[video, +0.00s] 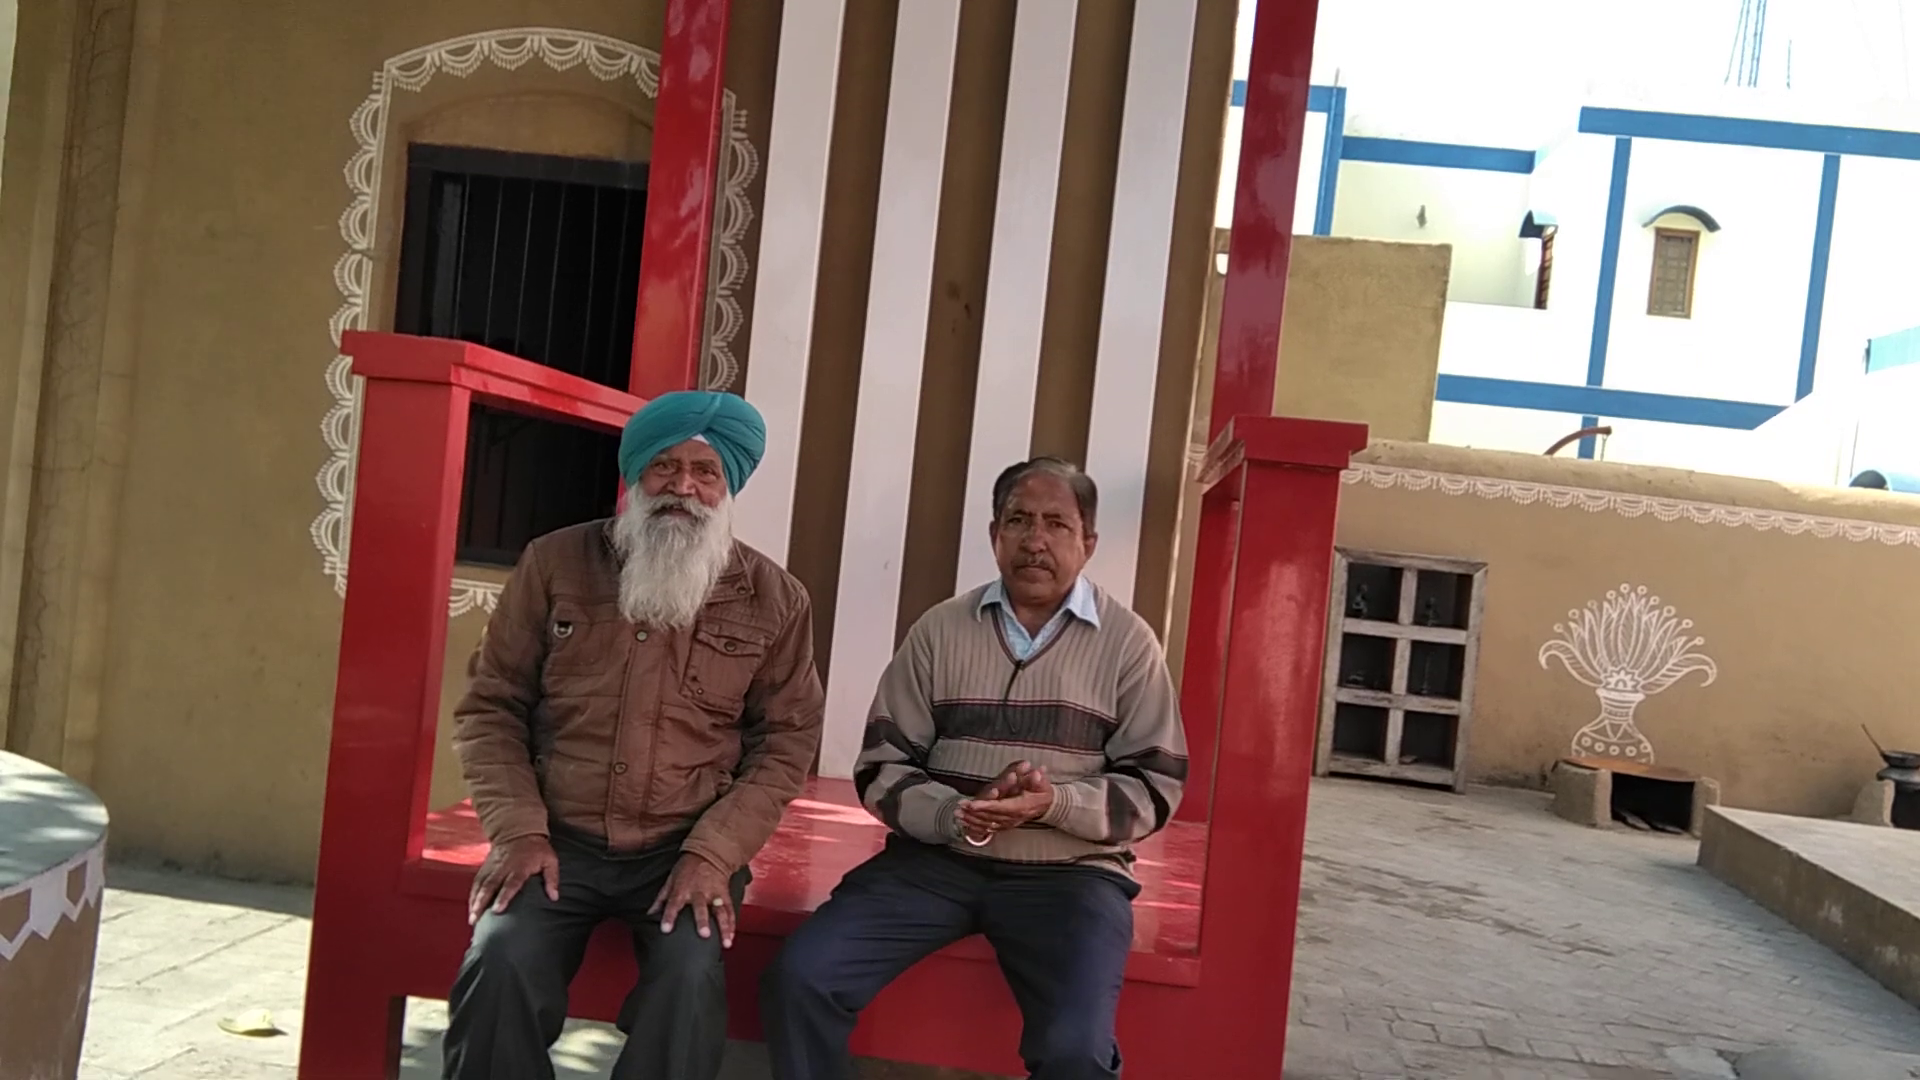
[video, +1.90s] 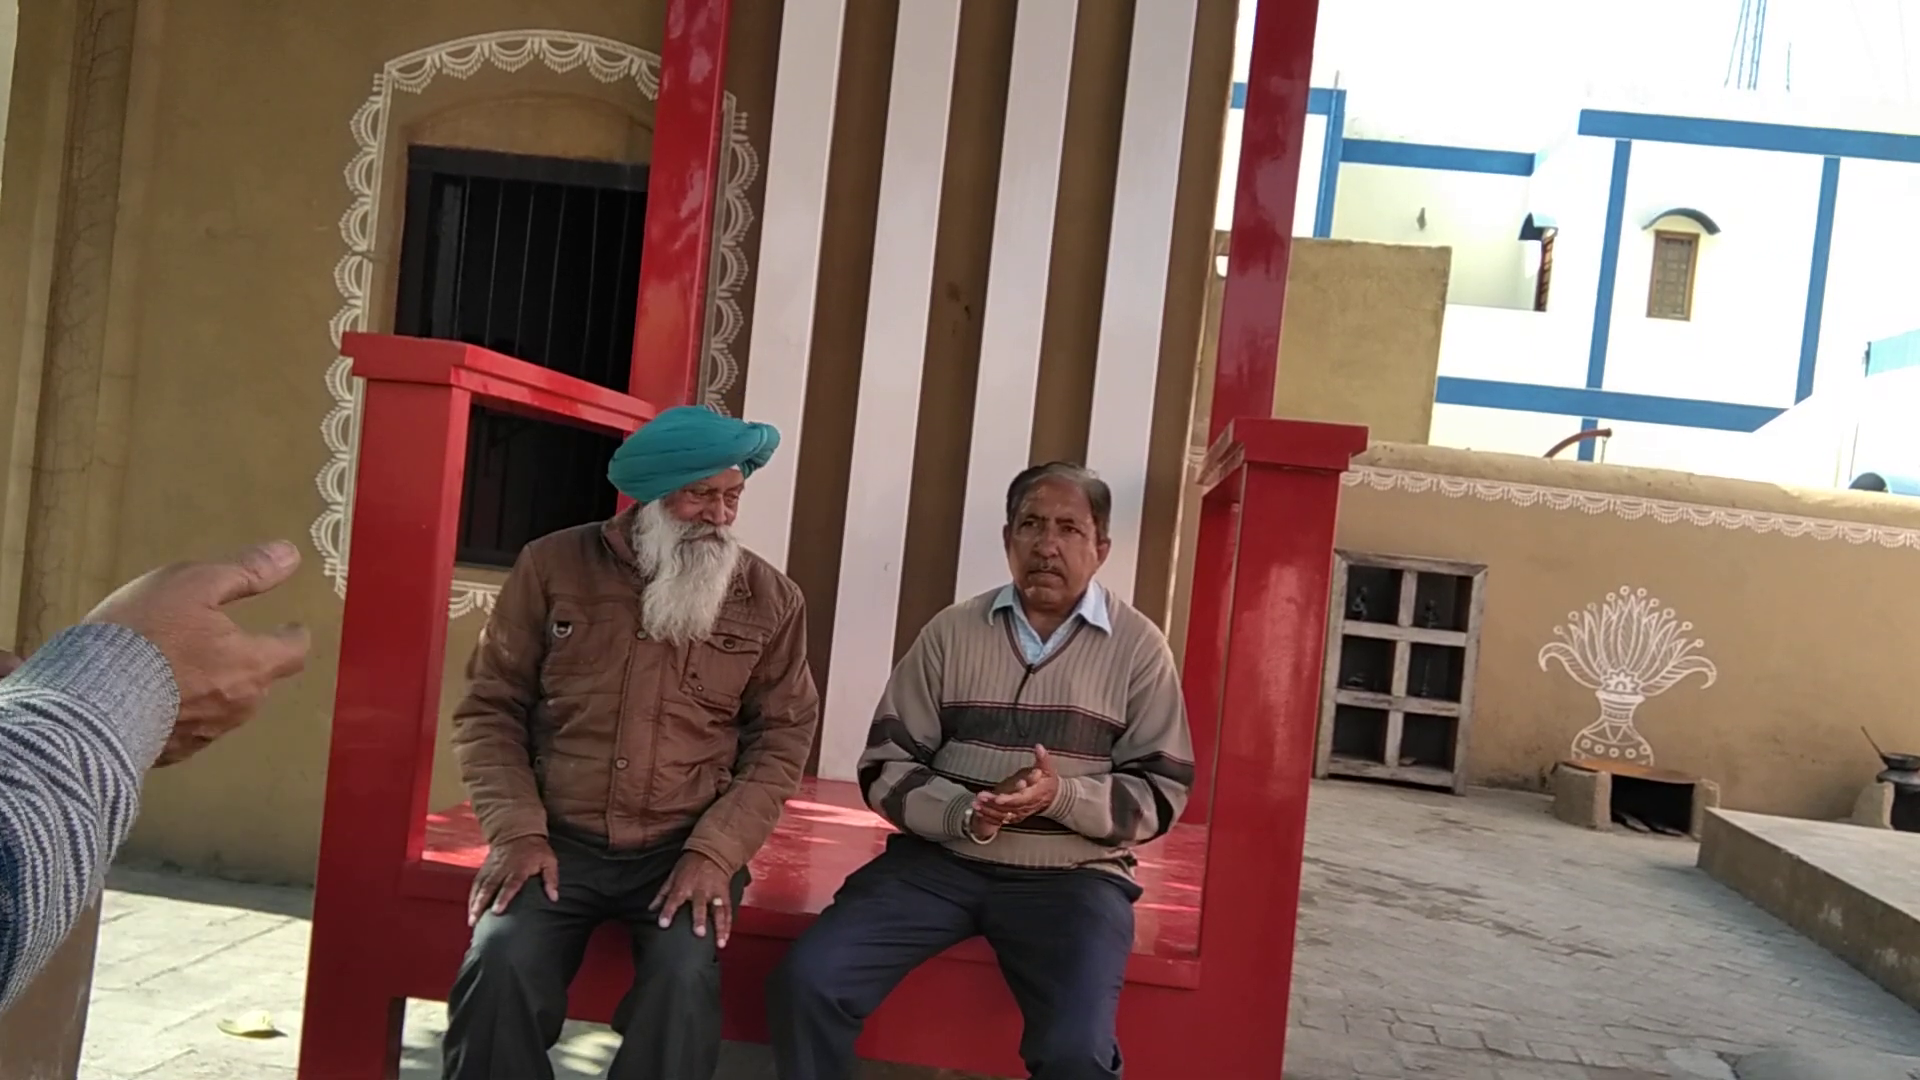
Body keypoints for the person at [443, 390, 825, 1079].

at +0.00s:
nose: (683, 486)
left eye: (705, 471)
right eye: (665, 467)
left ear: (729, 491)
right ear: (631, 481)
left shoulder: (775, 600)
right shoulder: (555, 564)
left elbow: (787, 746)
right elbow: (490, 706)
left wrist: (713, 852)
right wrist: (518, 828)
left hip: (685, 860)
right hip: (556, 849)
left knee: (690, 973)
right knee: (501, 959)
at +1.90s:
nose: (719, 515)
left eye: (732, 496)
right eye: (702, 495)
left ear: (743, 496)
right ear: (648, 494)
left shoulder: (770, 601)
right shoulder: (551, 568)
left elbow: (782, 741)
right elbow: (490, 707)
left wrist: (715, 851)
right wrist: (516, 827)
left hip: (685, 860)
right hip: (557, 848)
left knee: (684, 973)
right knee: (501, 960)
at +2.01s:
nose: (718, 513)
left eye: (731, 495)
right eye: (700, 494)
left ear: (742, 495)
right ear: (647, 492)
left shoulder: (769, 600)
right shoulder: (551, 568)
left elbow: (782, 740)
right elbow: (490, 707)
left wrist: (716, 851)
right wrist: (516, 827)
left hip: (685, 860)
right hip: (557, 848)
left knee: (684, 973)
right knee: (499, 961)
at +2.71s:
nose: (678, 492)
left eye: (700, 477)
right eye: (661, 474)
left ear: (727, 495)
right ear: (630, 486)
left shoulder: (772, 598)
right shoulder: (558, 563)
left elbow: (783, 734)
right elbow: (496, 695)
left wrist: (723, 843)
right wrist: (512, 817)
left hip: (686, 856)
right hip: (557, 841)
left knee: (692, 974)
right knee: (488, 962)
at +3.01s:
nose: (634, 502)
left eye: (658, 484)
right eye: (616, 482)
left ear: (696, 497)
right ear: (591, 490)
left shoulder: (757, 596)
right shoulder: (524, 571)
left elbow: (788, 733)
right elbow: (463, 711)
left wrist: (716, 857)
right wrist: (503, 832)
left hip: (679, 867)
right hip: (546, 856)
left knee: (683, 988)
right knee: (487, 978)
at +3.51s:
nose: (585, 430)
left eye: (610, 409)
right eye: (564, 407)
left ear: (650, 420)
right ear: (536, 414)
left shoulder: (718, 529)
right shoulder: (468, 503)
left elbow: (745, 697)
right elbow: (425, 667)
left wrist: (679, 851)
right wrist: (455, 827)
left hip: (646, 831)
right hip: (506, 823)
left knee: (636, 1018)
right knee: (454, 1005)